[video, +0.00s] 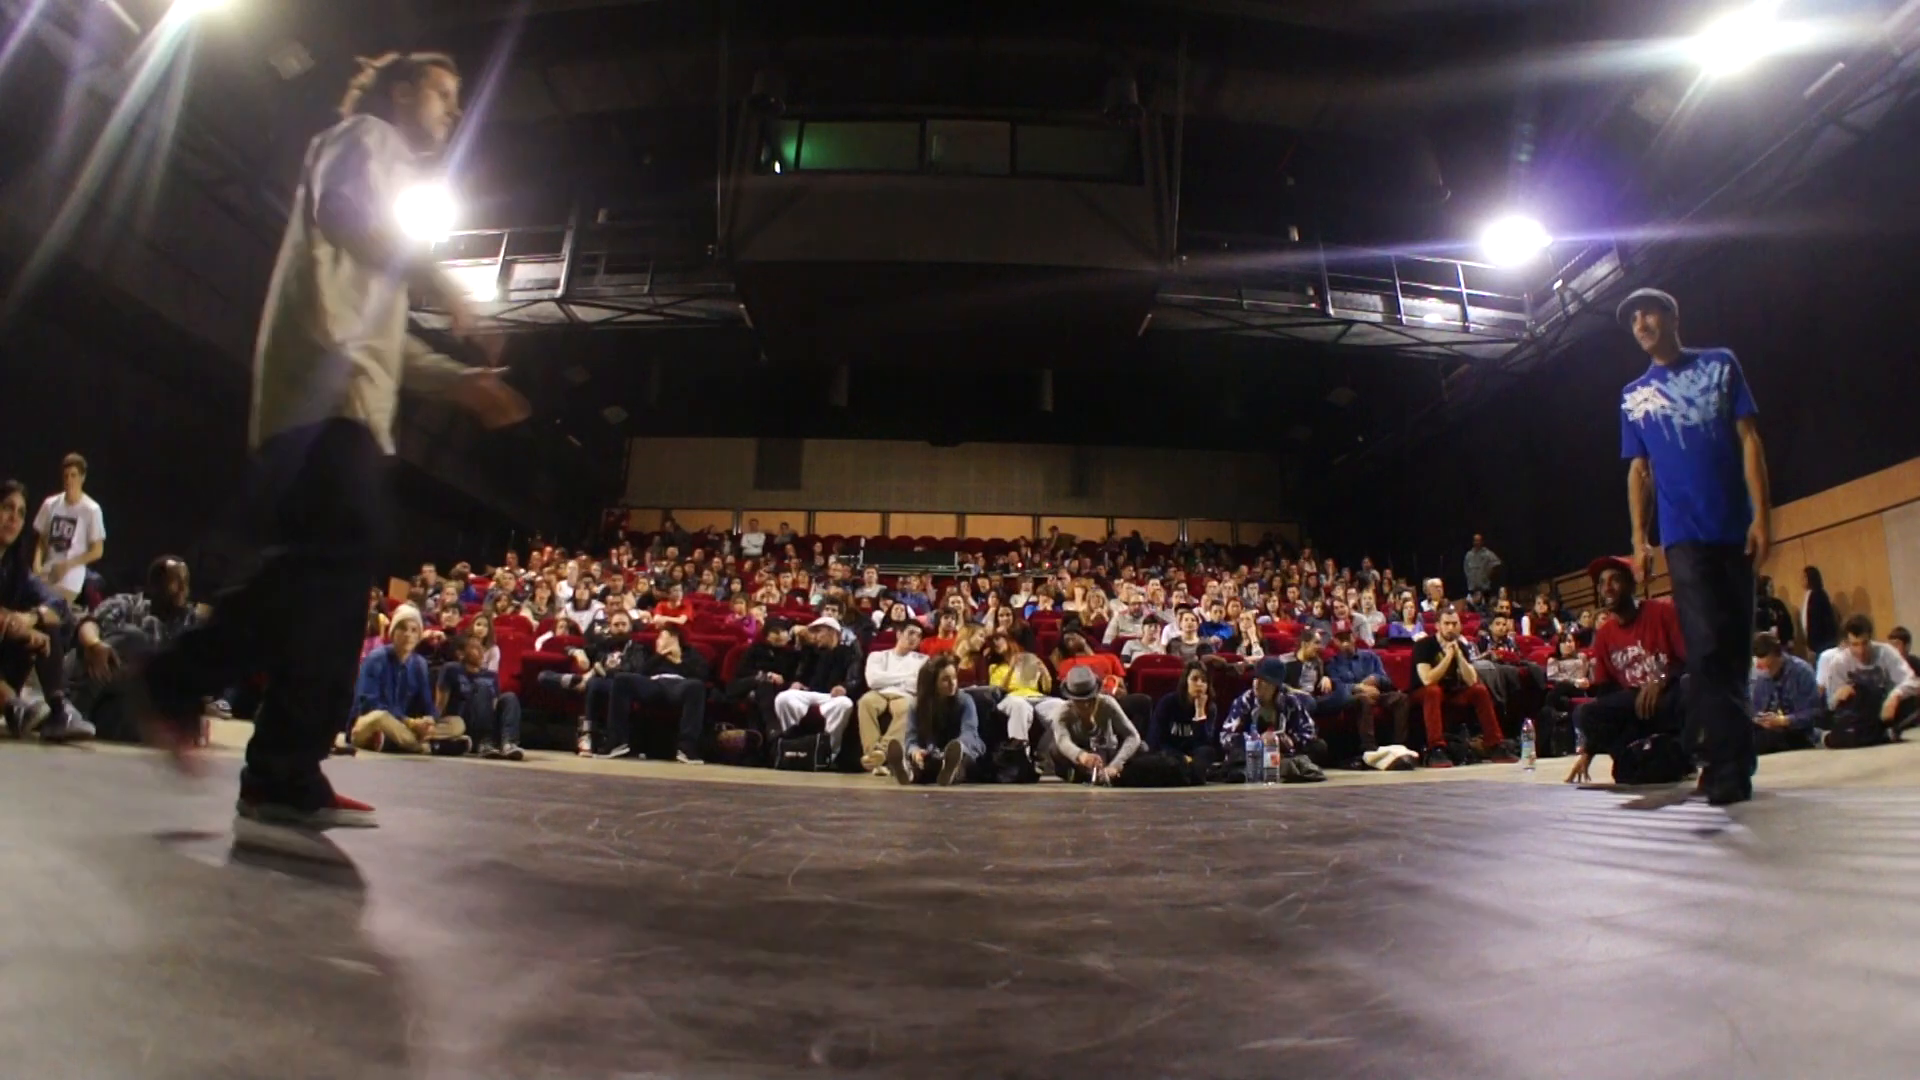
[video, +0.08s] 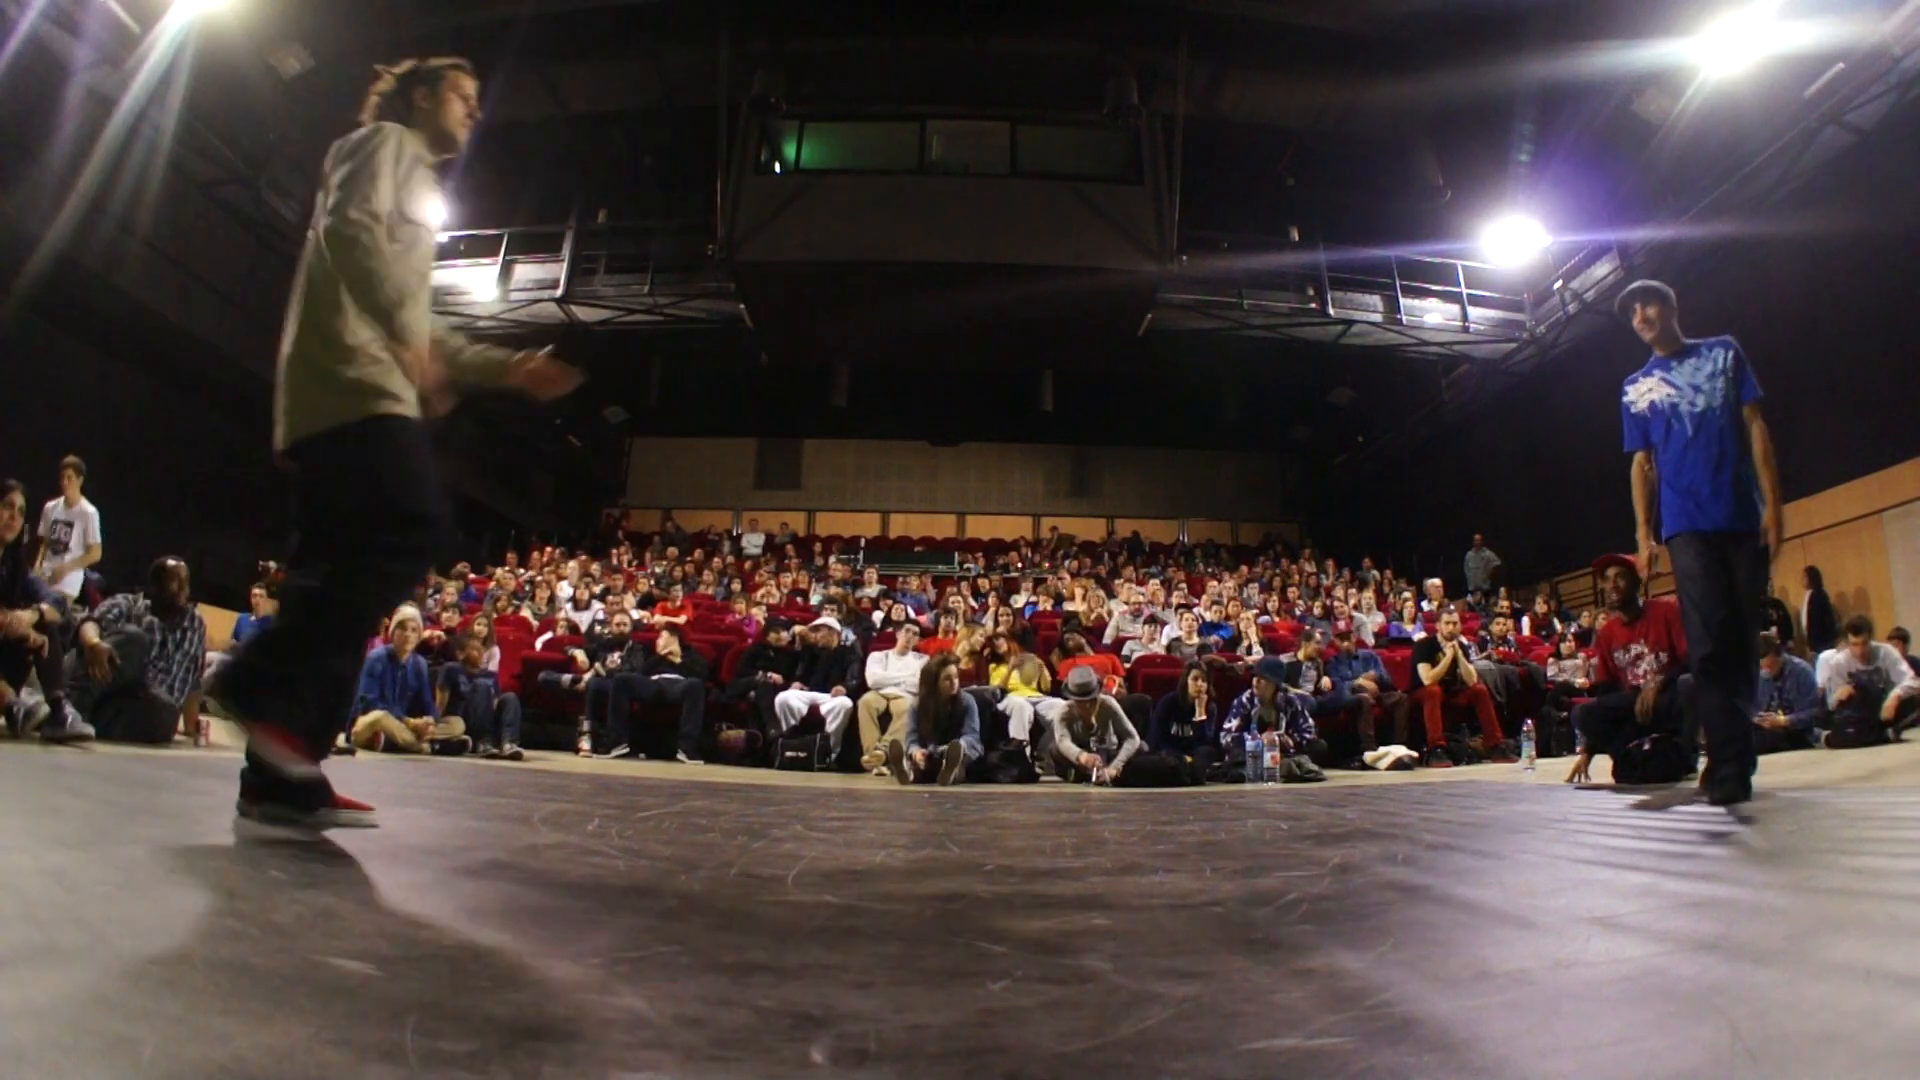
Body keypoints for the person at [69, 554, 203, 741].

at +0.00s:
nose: (173, 589)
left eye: (179, 583)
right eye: (166, 582)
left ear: (186, 587)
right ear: (153, 584)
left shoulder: (193, 620)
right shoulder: (127, 605)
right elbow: (89, 622)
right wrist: (93, 644)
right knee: (131, 637)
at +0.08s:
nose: (175, 589)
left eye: (181, 583)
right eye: (169, 581)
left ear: (187, 588)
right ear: (155, 583)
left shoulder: (194, 625)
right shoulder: (128, 604)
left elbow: (193, 683)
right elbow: (90, 622)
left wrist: (191, 730)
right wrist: (93, 643)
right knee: (134, 639)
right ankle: (70, 707)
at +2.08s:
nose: (178, 589)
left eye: (184, 582)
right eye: (170, 581)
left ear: (188, 586)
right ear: (155, 583)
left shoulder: (195, 624)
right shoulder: (128, 606)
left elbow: (194, 683)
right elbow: (90, 624)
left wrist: (191, 731)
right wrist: (93, 644)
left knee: (162, 719)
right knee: (135, 640)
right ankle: (70, 699)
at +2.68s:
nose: (170, 588)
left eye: (177, 583)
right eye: (164, 580)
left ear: (186, 589)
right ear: (152, 584)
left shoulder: (194, 624)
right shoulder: (129, 607)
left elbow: (194, 684)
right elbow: (90, 623)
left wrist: (191, 731)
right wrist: (93, 644)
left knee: (160, 721)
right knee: (135, 641)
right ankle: (69, 702)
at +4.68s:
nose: (178, 587)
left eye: (182, 581)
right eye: (170, 579)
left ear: (186, 585)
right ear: (152, 580)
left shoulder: (192, 626)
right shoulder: (123, 602)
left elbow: (191, 685)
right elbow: (77, 617)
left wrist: (191, 732)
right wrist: (76, 634)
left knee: (162, 717)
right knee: (116, 623)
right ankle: (65, 706)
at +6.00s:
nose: (176, 587)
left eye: (181, 580)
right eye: (169, 579)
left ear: (184, 585)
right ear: (151, 580)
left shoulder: (191, 623)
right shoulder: (122, 602)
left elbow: (190, 685)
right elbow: (78, 616)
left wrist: (191, 731)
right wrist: (76, 634)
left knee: (160, 719)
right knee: (116, 624)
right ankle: (64, 710)